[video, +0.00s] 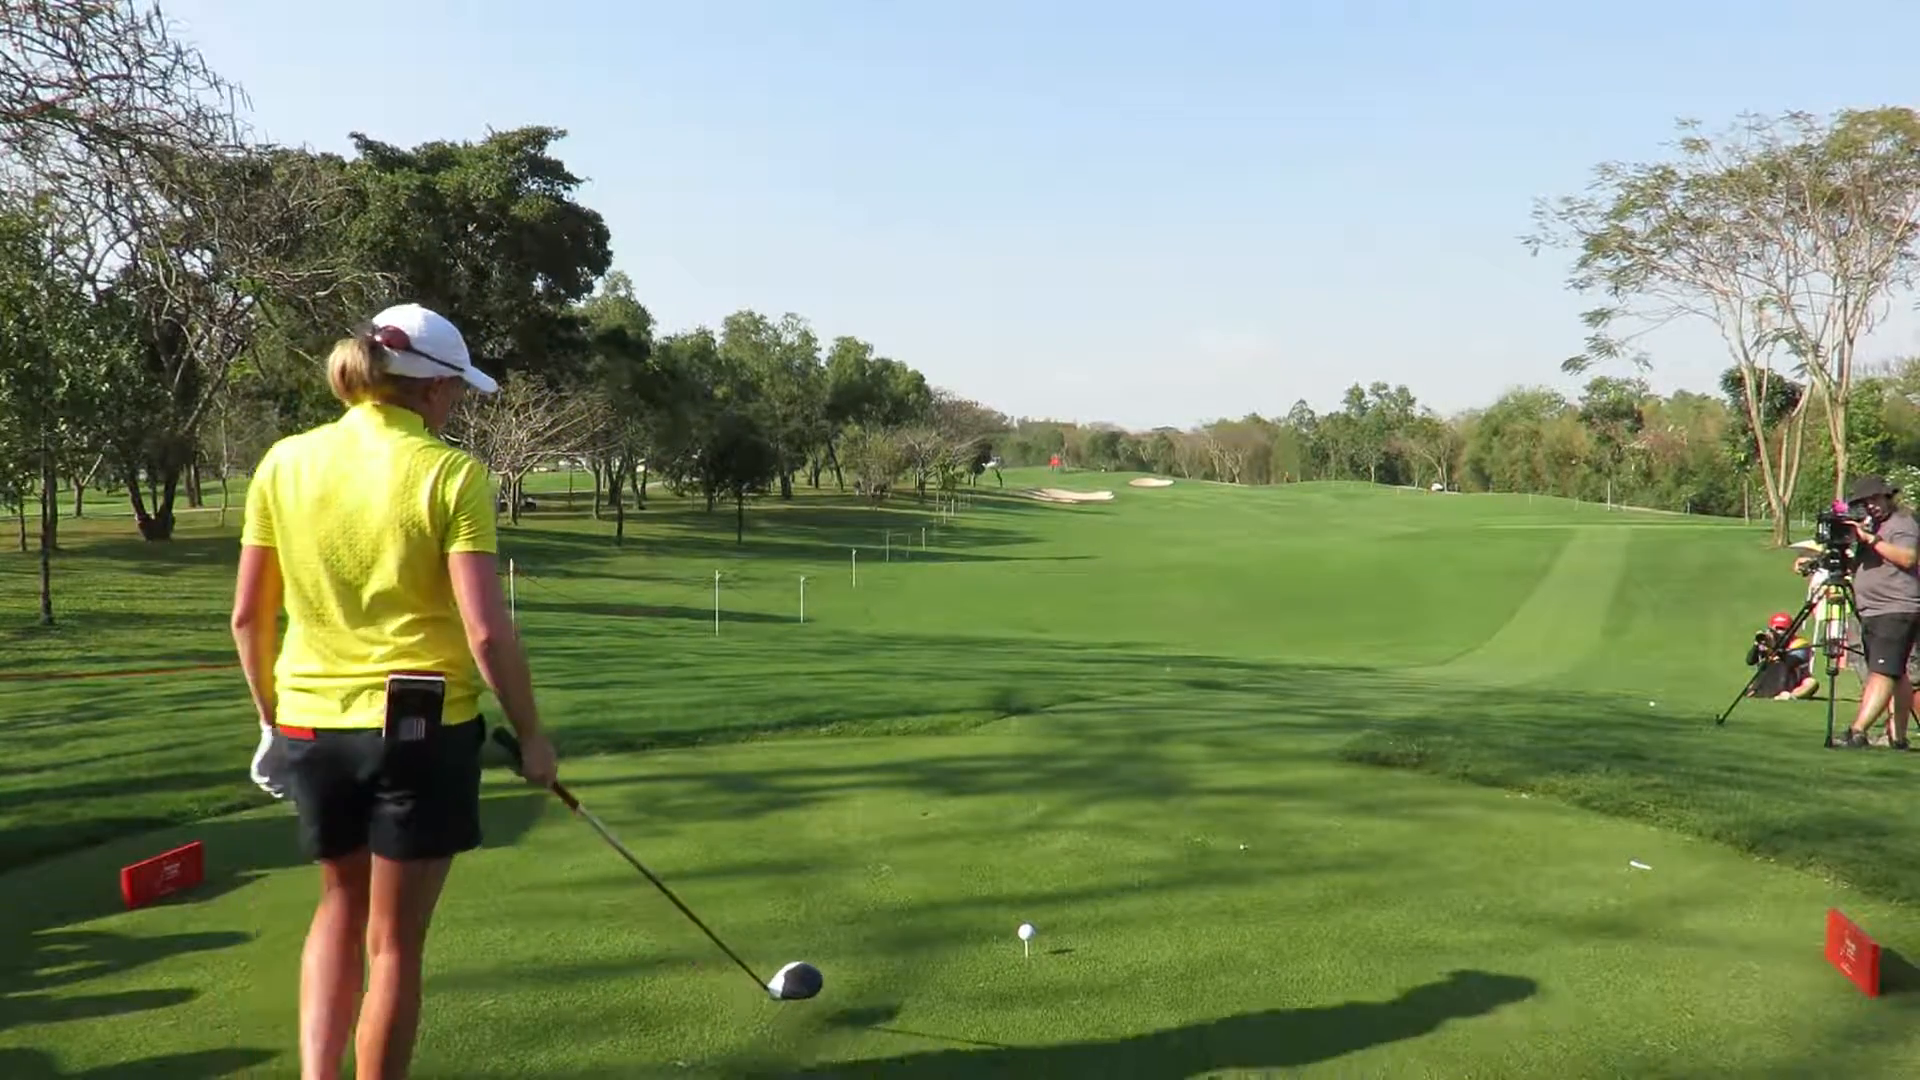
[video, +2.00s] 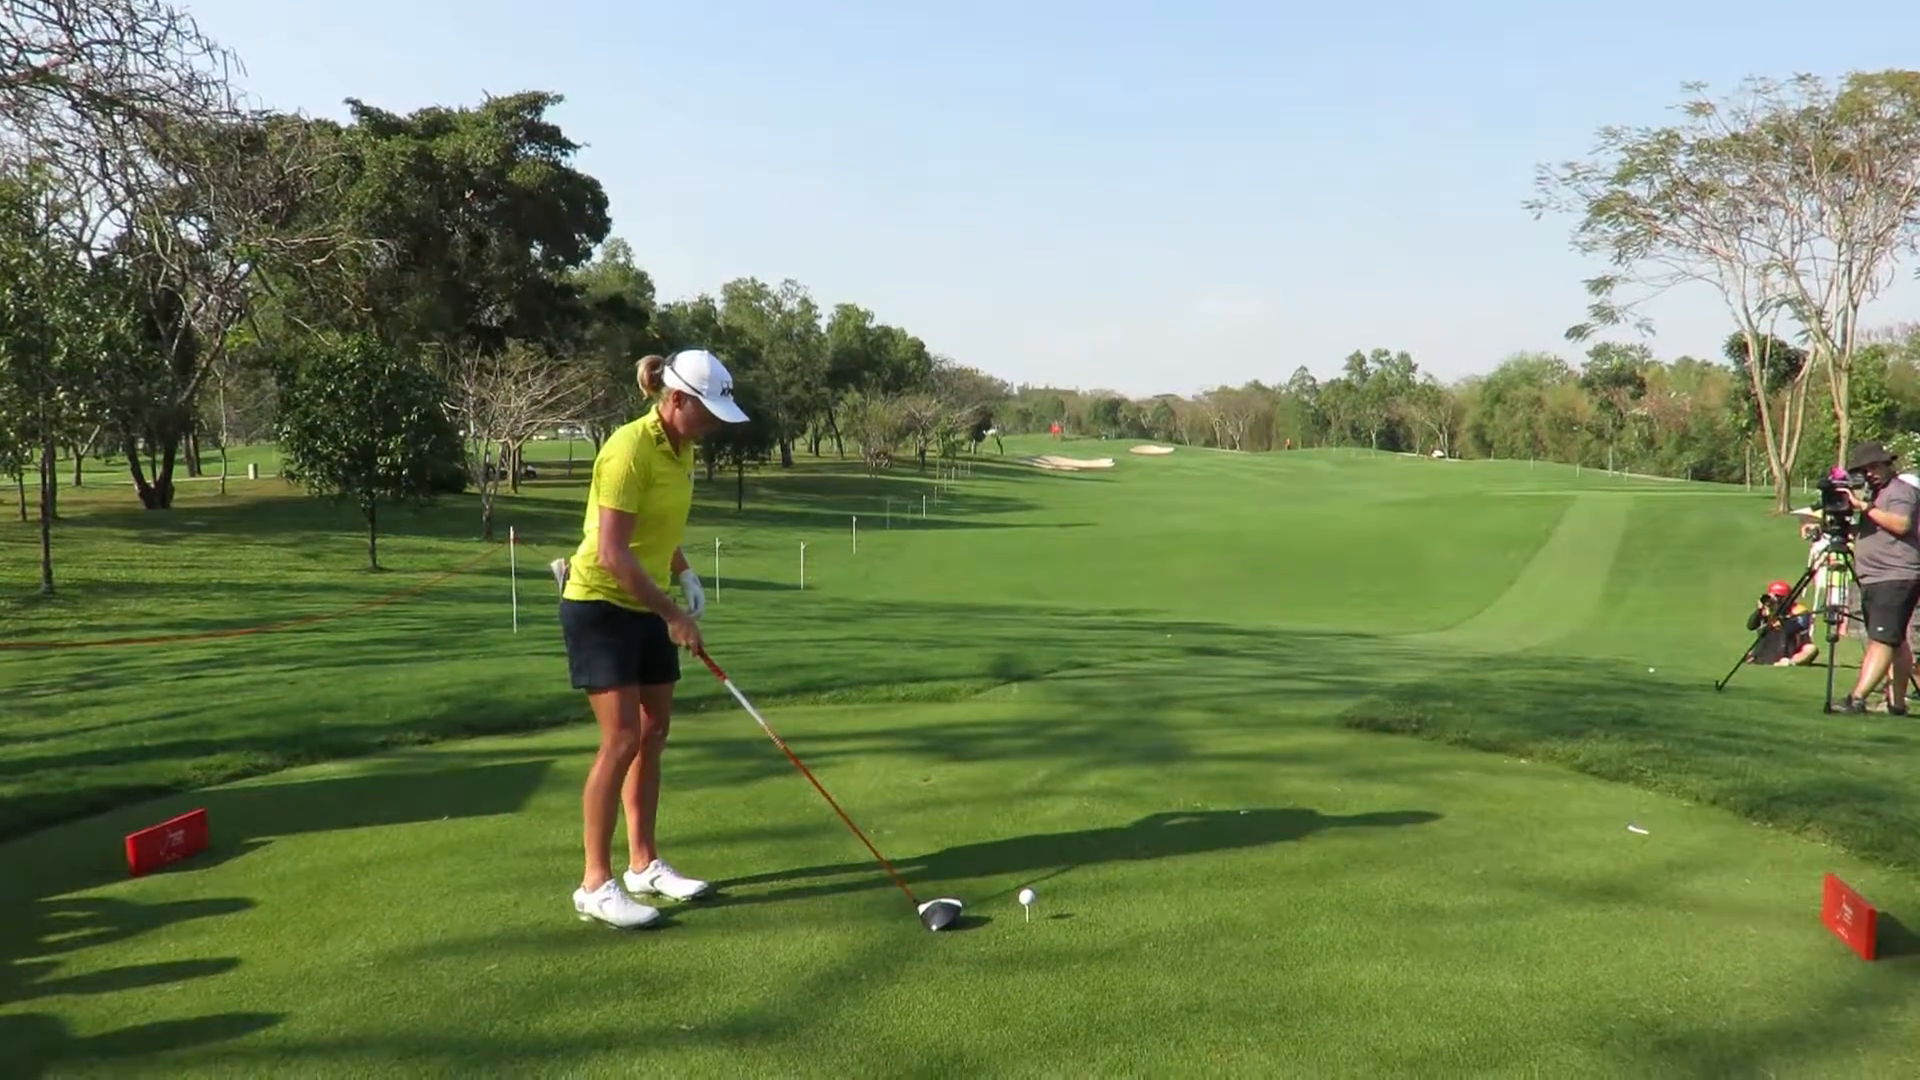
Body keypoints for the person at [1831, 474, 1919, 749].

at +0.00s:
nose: (1868, 509)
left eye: (1872, 502)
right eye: (1864, 505)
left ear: (1885, 499)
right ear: (1863, 506)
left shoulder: (1902, 523)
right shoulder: (1874, 527)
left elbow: (1908, 559)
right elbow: (1864, 565)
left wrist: (1870, 540)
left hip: (1897, 610)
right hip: (1874, 611)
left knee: (1882, 671)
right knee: (1895, 676)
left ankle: (1857, 730)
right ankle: (1898, 736)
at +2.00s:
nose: (1868, 475)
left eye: (1872, 469)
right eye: (1864, 471)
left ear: (1886, 466)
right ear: (1864, 473)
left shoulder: (1901, 490)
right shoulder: (1876, 494)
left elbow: (1901, 524)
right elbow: (1867, 531)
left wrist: (1865, 508)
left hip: (1896, 577)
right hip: (1875, 577)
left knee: (1882, 638)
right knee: (1894, 642)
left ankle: (1856, 697)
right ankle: (1898, 702)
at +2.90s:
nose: (1866, 454)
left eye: (1870, 447)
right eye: (1863, 449)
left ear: (1885, 444)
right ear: (1863, 451)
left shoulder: (1899, 469)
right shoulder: (1877, 472)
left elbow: (1895, 504)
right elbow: (1864, 508)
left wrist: (1857, 486)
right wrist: (1845, 484)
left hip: (1892, 553)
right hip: (1874, 553)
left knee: (1870, 612)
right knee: (1893, 618)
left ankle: (1855, 677)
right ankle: (1895, 680)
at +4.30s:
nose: (1862, 449)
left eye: (1865, 441)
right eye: (1858, 444)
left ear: (1879, 437)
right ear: (1860, 444)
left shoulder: (1895, 460)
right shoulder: (1878, 464)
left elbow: (1886, 496)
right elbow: (1863, 503)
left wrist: (1847, 483)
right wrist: (1841, 485)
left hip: (1896, 545)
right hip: (1881, 545)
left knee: (1874, 604)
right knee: (1889, 609)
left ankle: (1890, 666)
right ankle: (1894, 665)